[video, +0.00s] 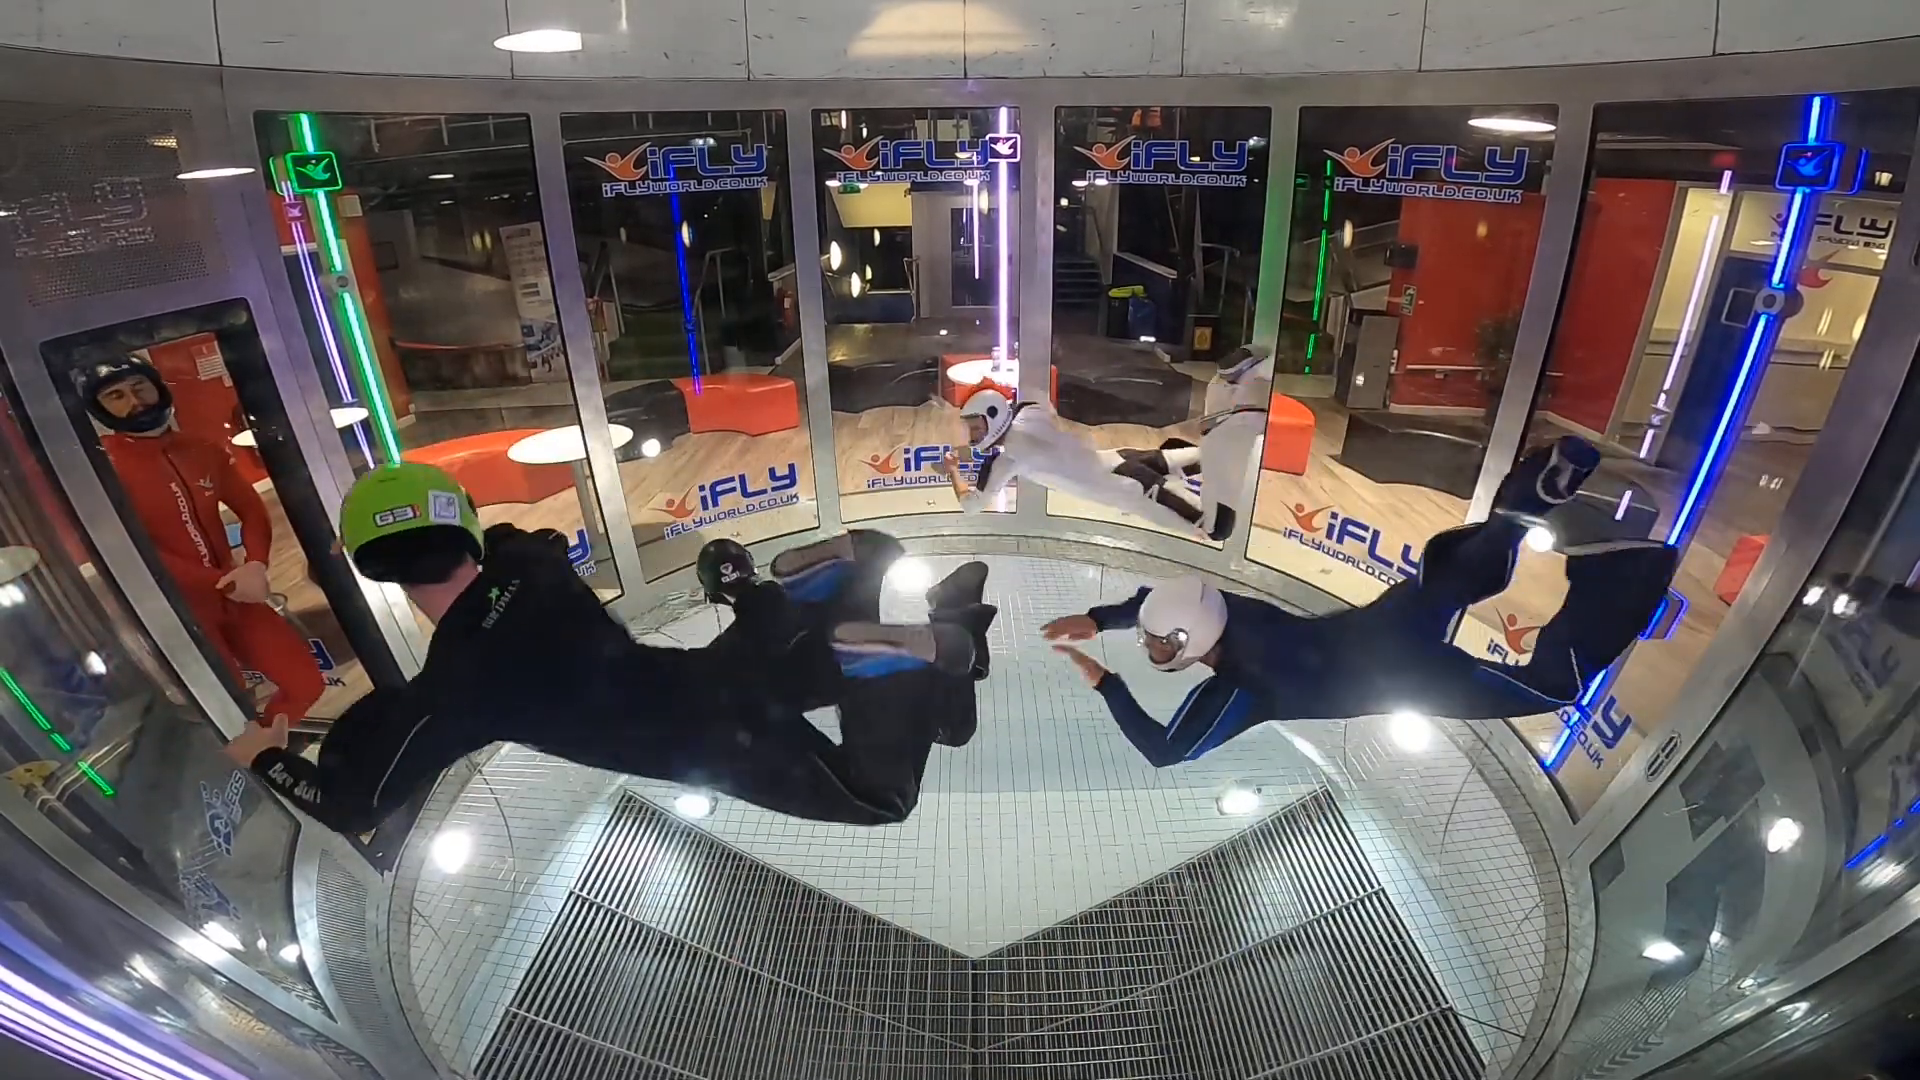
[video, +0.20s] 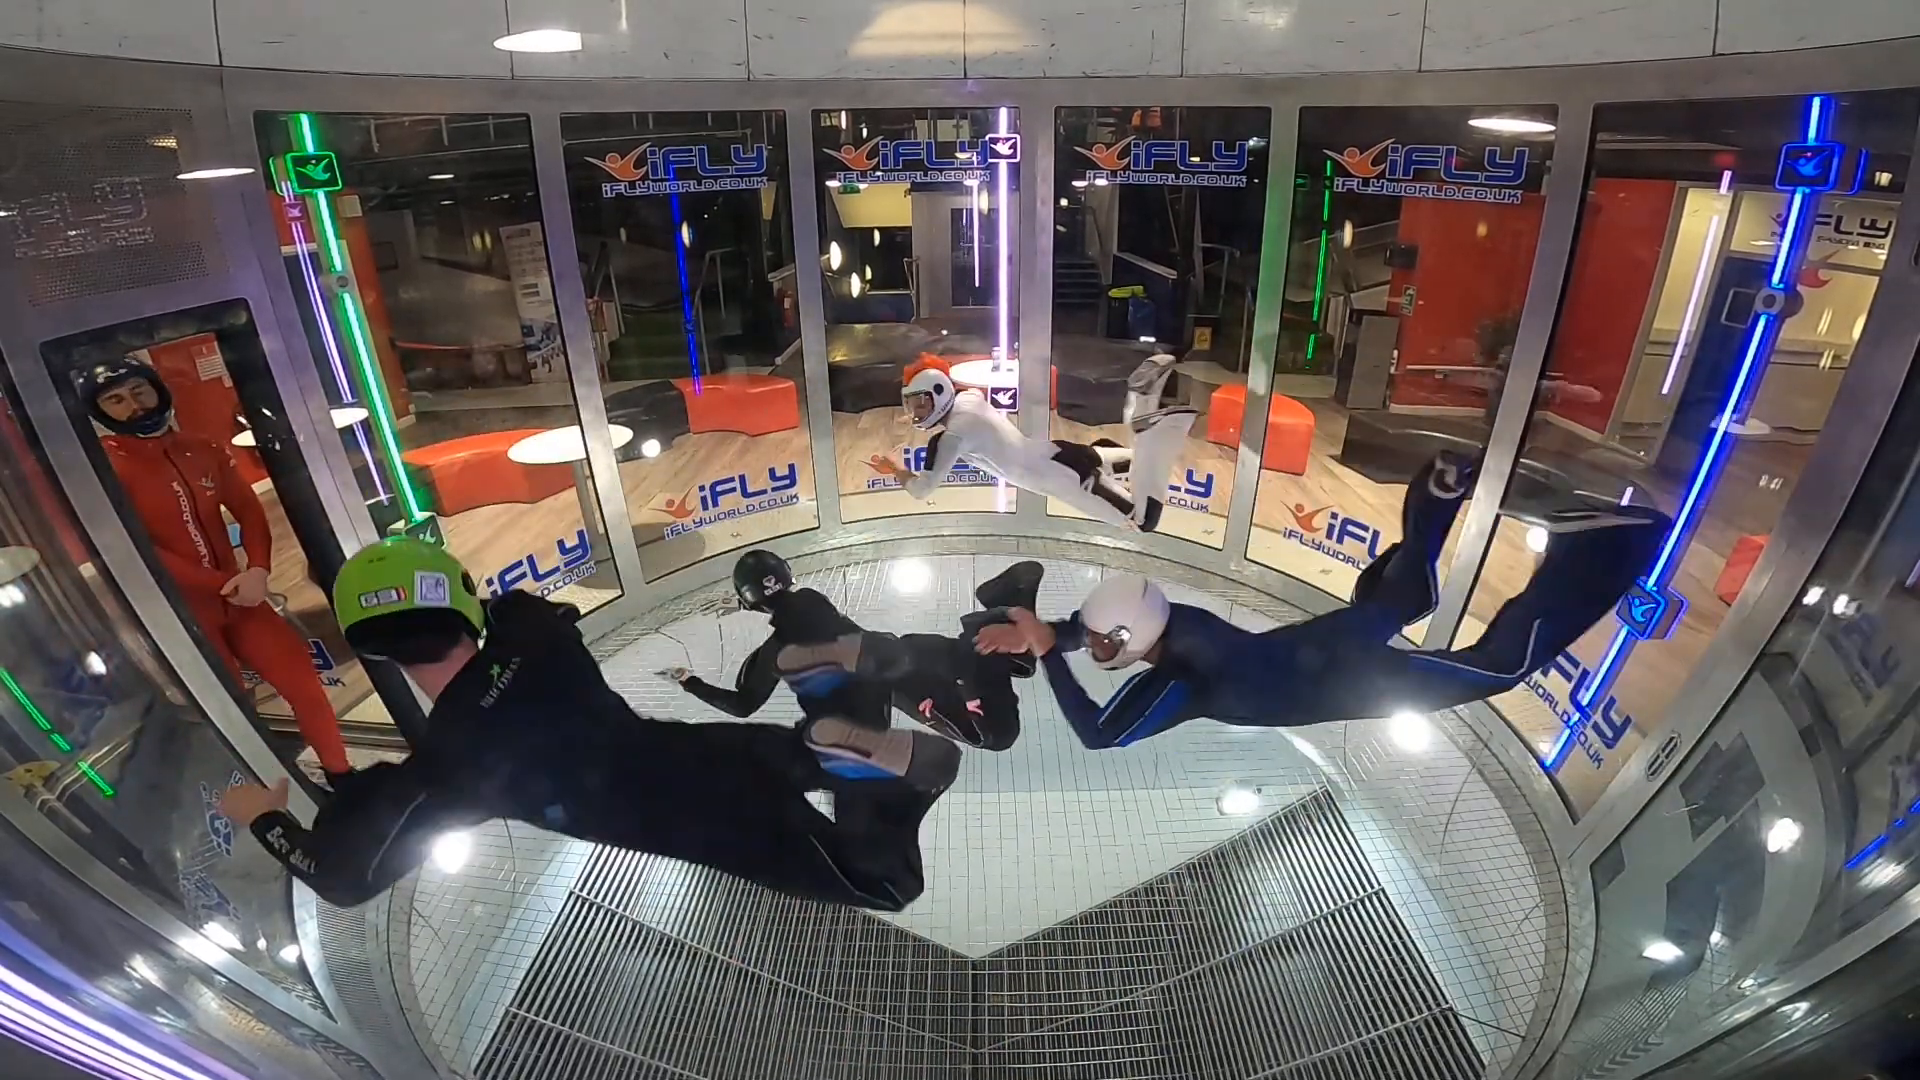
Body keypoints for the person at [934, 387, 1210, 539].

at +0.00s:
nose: (971, 433)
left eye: (975, 426)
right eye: (968, 426)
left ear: (994, 421)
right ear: (999, 414)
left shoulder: (1009, 456)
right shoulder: (1031, 413)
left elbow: (971, 504)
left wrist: (953, 474)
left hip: (1116, 483)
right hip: (1116, 457)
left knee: (1208, 524)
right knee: (1166, 458)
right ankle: (1221, 454)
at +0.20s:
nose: (915, 410)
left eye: (920, 401)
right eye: (911, 402)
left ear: (940, 397)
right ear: (944, 393)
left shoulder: (953, 435)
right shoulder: (969, 400)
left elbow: (925, 488)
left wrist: (897, 473)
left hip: (1055, 476)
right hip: (1054, 449)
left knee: (1139, 520)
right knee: (1094, 454)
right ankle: (1143, 455)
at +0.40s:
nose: (862, 402)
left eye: (868, 393)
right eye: (857, 396)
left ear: (886, 388)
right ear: (863, 392)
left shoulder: (901, 419)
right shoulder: (898, 394)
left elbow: (858, 469)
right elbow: (871, 406)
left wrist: (813, 437)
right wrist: (849, 407)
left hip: (998, 468)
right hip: (990, 452)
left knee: (1078, 508)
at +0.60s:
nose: (824, 394)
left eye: (829, 385)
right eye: (818, 388)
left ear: (847, 381)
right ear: (816, 387)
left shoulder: (865, 410)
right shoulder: (854, 398)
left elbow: (830, 454)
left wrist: (769, 454)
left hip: (957, 464)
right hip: (947, 449)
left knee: (1033, 507)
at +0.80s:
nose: (803, 394)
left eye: (809, 386)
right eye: (797, 388)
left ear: (827, 381)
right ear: (795, 388)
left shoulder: (848, 408)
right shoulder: (829, 399)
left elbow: (813, 455)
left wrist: (752, 445)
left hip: (939, 467)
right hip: (921, 454)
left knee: (1004, 514)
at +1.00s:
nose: (804, 400)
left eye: (811, 393)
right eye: (800, 394)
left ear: (829, 390)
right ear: (801, 392)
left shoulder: (848, 420)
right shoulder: (830, 391)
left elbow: (803, 462)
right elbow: (808, 378)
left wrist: (748, 454)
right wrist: (774, 380)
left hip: (917, 466)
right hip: (909, 448)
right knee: (932, 453)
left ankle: (1004, 519)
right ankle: (968, 461)